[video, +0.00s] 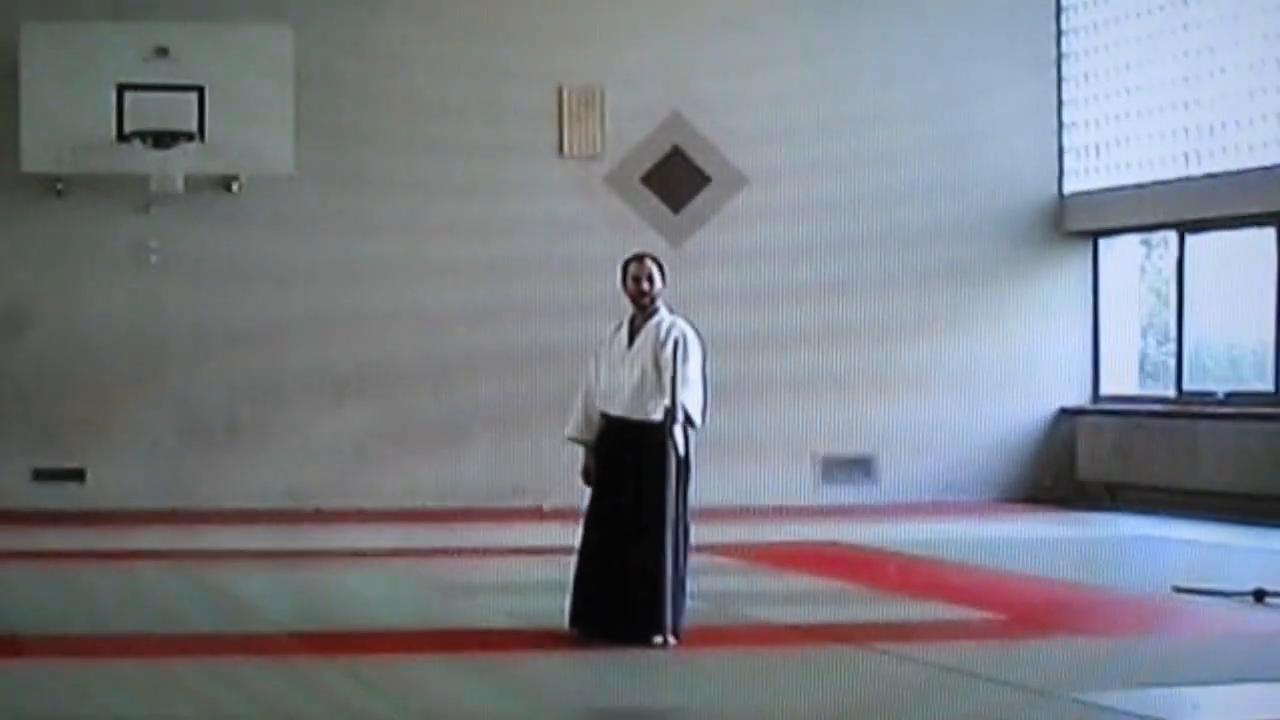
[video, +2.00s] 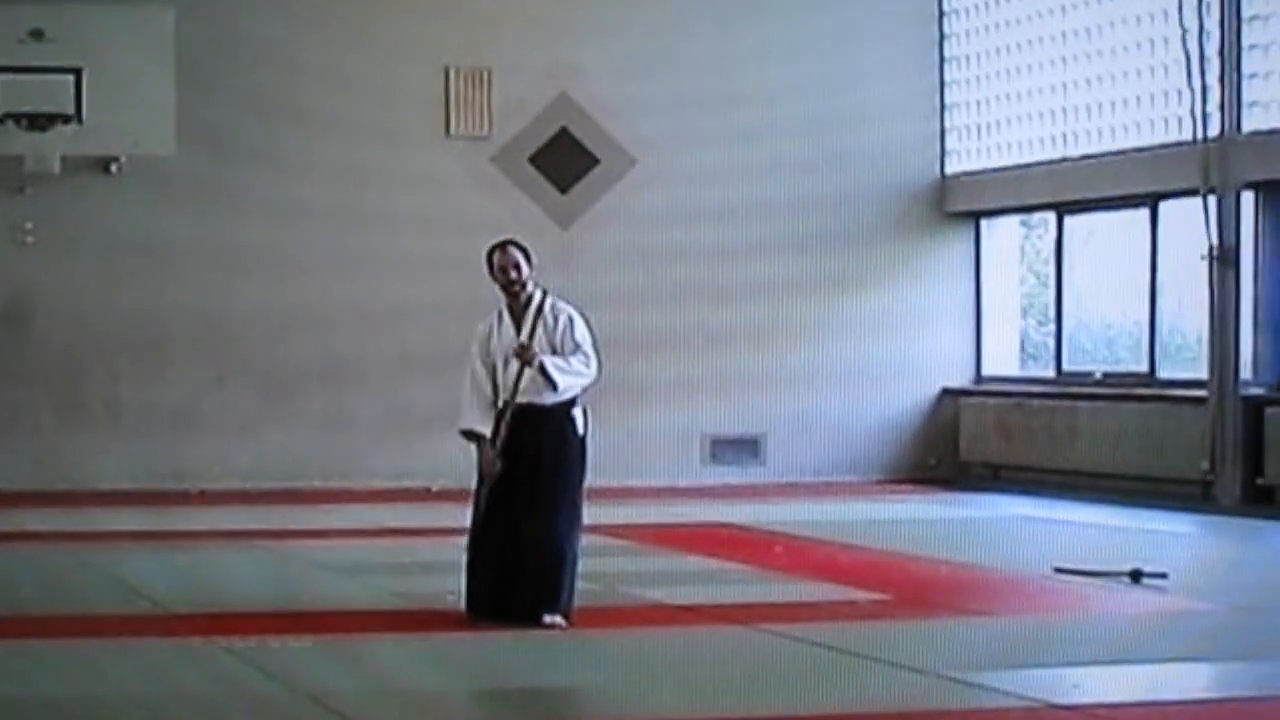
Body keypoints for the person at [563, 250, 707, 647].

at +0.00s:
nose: (642, 286)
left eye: (649, 278)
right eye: (635, 279)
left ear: (662, 284)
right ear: (624, 286)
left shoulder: (677, 334)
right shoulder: (613, 337)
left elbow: (685, 393)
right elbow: (593, 395)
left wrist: (676, 441)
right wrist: (589, 449)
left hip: (656, 437)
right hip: (614, 436)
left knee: (657, 531)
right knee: (608, 529)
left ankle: (660, 623)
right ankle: (601, 619)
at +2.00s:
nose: (511, 276)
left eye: (516, 267)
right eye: (502, 271)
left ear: (530, 268)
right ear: (494, 279)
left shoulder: (562, 316)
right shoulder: (489, 330)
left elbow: (587, 366)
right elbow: (479, 389)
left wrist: (543, 364)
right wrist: (483, 441)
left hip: (555, 421)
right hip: (508, 423)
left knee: (555, 515)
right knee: (503, 513)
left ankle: (553, 605)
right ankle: (500, 603)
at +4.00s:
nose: (522, 247)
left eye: (527, 238)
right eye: (513, 242)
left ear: (542, 242)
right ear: (505, 252)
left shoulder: (571, 288)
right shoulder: (496, 299)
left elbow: (599, 329)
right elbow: (504, 353)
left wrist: (619, 368)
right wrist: (546, 375)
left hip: (579, 394)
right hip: (525, 397)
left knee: (587, 481)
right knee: (492, 473)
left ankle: (599, 572)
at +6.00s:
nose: (610, 230)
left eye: (617, 222)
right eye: (602, 223)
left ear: (630, 226)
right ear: (590, 229)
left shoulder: (649, 275)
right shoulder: (572, 273)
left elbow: (655, 327)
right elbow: (569, 321)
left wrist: (635, 355)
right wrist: (597, 353)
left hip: (635, 377)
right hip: (588, 376)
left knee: (632, 467)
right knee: (586, 464)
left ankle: (640, 554)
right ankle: (588, 549)